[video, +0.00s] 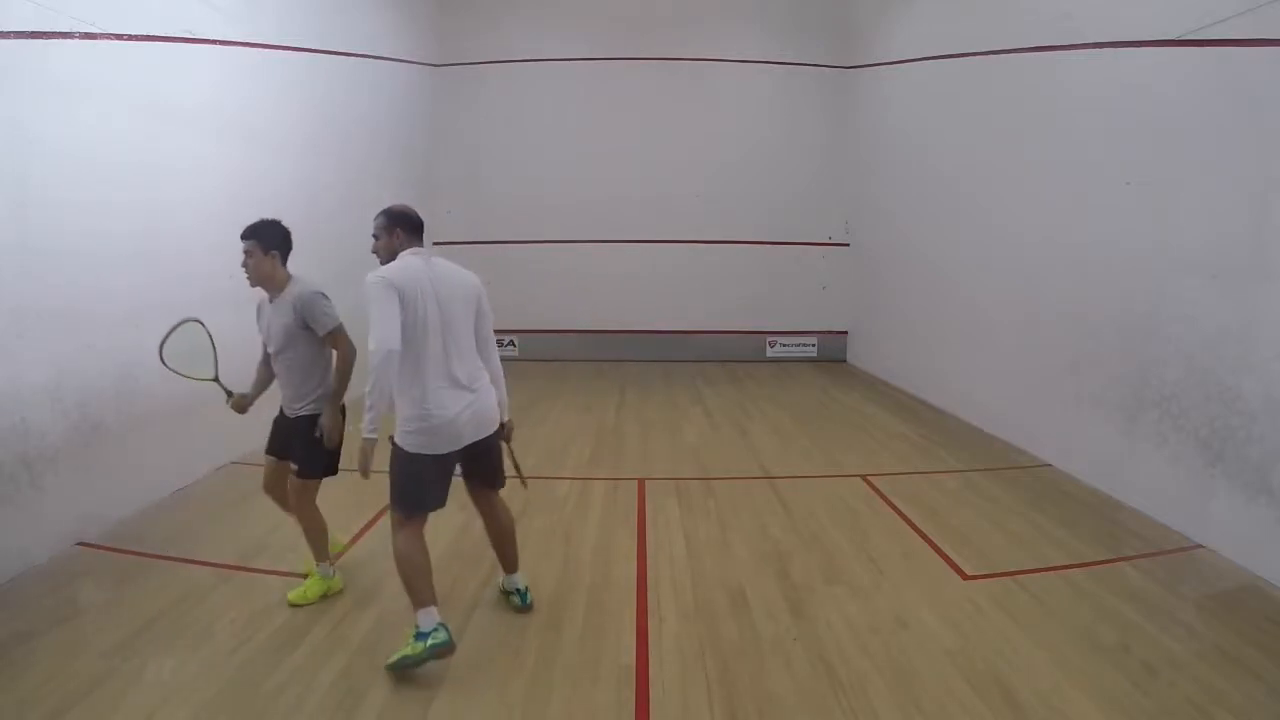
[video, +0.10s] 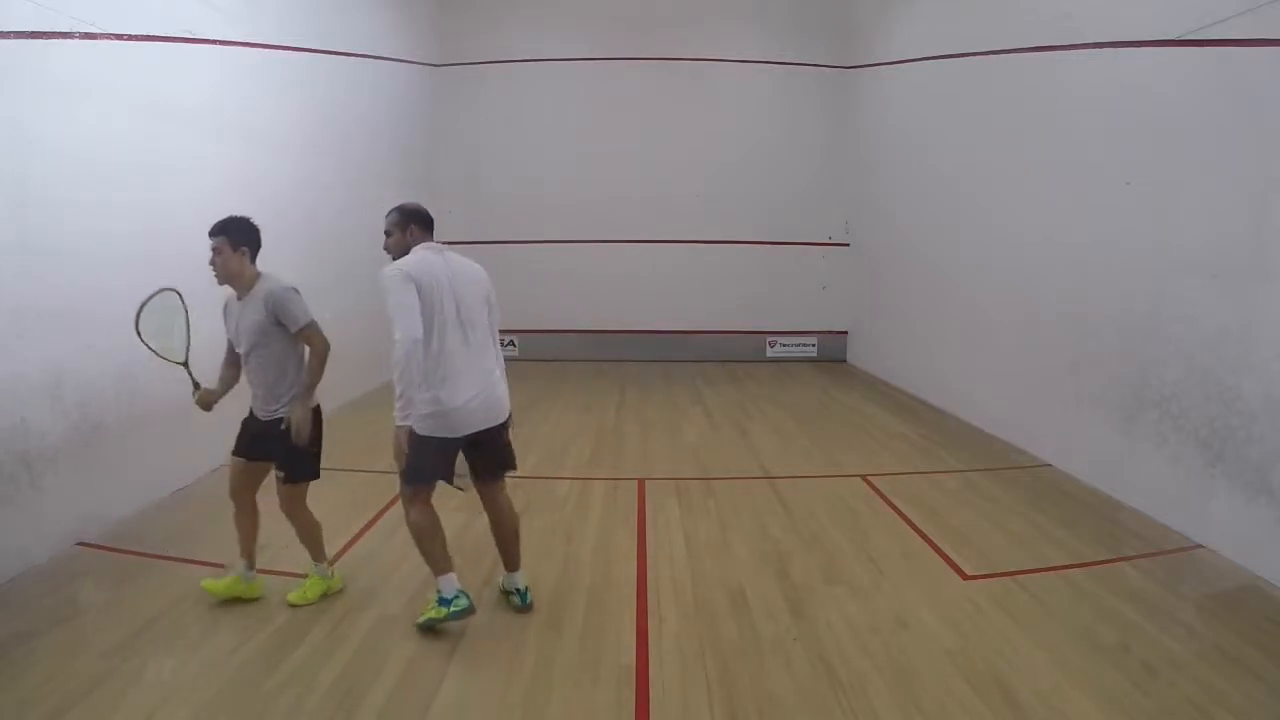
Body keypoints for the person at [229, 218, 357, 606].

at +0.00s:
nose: (242, 263)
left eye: (248, 255)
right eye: (242, 255)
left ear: (273, 257)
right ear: (265, 259)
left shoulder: (308, 298)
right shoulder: (265, 308)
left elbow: (346, 350)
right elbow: (270, 360)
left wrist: (334, 406)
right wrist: (251, 395)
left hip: (318, 415)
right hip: (288, 414)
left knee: (302, 498)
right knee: (275, 487)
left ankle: (326, 573)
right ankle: (328, 541)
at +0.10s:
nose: (211, 261)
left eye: (217, 252)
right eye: (211, 254)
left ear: (243, 253)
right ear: (234, 256)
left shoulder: (278, 294)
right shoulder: (232, 306)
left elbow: (319, 345)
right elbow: (234, 359)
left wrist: (305, 401)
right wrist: (218, 391)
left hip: (297, 415)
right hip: (260, 416)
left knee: (292, 503)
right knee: (241, 491)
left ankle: (323, 573)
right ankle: (246, 575)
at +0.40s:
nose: (123, 282)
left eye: (129, 272)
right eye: (122, 274)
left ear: (156, 270)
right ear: (148, 274)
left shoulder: (201, 299)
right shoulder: (143, 328)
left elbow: (234, 332)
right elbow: (136, 396)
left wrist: (192, 356)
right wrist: (119, 381)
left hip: (229, 428)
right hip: (187, 432)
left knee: (206, 521)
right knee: (155, 517)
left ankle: (261, 595)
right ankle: (186, 596)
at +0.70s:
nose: (88, 364)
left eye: (90, 353)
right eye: (86, 355)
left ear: (111, 349)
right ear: (118, 348)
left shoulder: (152, 376)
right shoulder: (133, 386)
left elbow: (138, 453)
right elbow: (106, 454)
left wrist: (79, 495)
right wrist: (117, 411)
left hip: (212, 488)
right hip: (187, 481)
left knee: (130, 559)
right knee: (134, 527)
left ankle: (183, 653)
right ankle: (162, 604)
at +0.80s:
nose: (104, 371)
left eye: (103, 364)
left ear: (106, 366)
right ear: (141, 355)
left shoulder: (121, 410)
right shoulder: (174, 380)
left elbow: (141, 488)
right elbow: (183, 468)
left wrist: (154, 557)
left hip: (203, 504)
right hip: (248, 492)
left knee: (131, 556)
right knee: (178, 512)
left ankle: (181, 653)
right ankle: (178, 596)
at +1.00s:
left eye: (181, 326)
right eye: (205, 319)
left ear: (177, 333)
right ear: (214, 324)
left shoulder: (167, 388)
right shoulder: (249, 359)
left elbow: (159, 465)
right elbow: (313, 376)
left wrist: (156, 530)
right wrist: (335, 387)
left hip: (220, 496)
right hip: (277, 483)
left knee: (161, 556)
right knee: (291, 527)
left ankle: (182, 655)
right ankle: (339, 599)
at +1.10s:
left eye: (235, 294)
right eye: (261, 289)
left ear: (231, 299)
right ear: (271, 295)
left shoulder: (217, 353)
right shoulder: (303, 336)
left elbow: (192, 427)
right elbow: (369, 371)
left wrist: (180, 490)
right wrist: (362, 397)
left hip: (256, 479)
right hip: (315, 472)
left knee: (206, 560)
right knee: (351, 546)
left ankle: (187, 653)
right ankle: (396, 620)